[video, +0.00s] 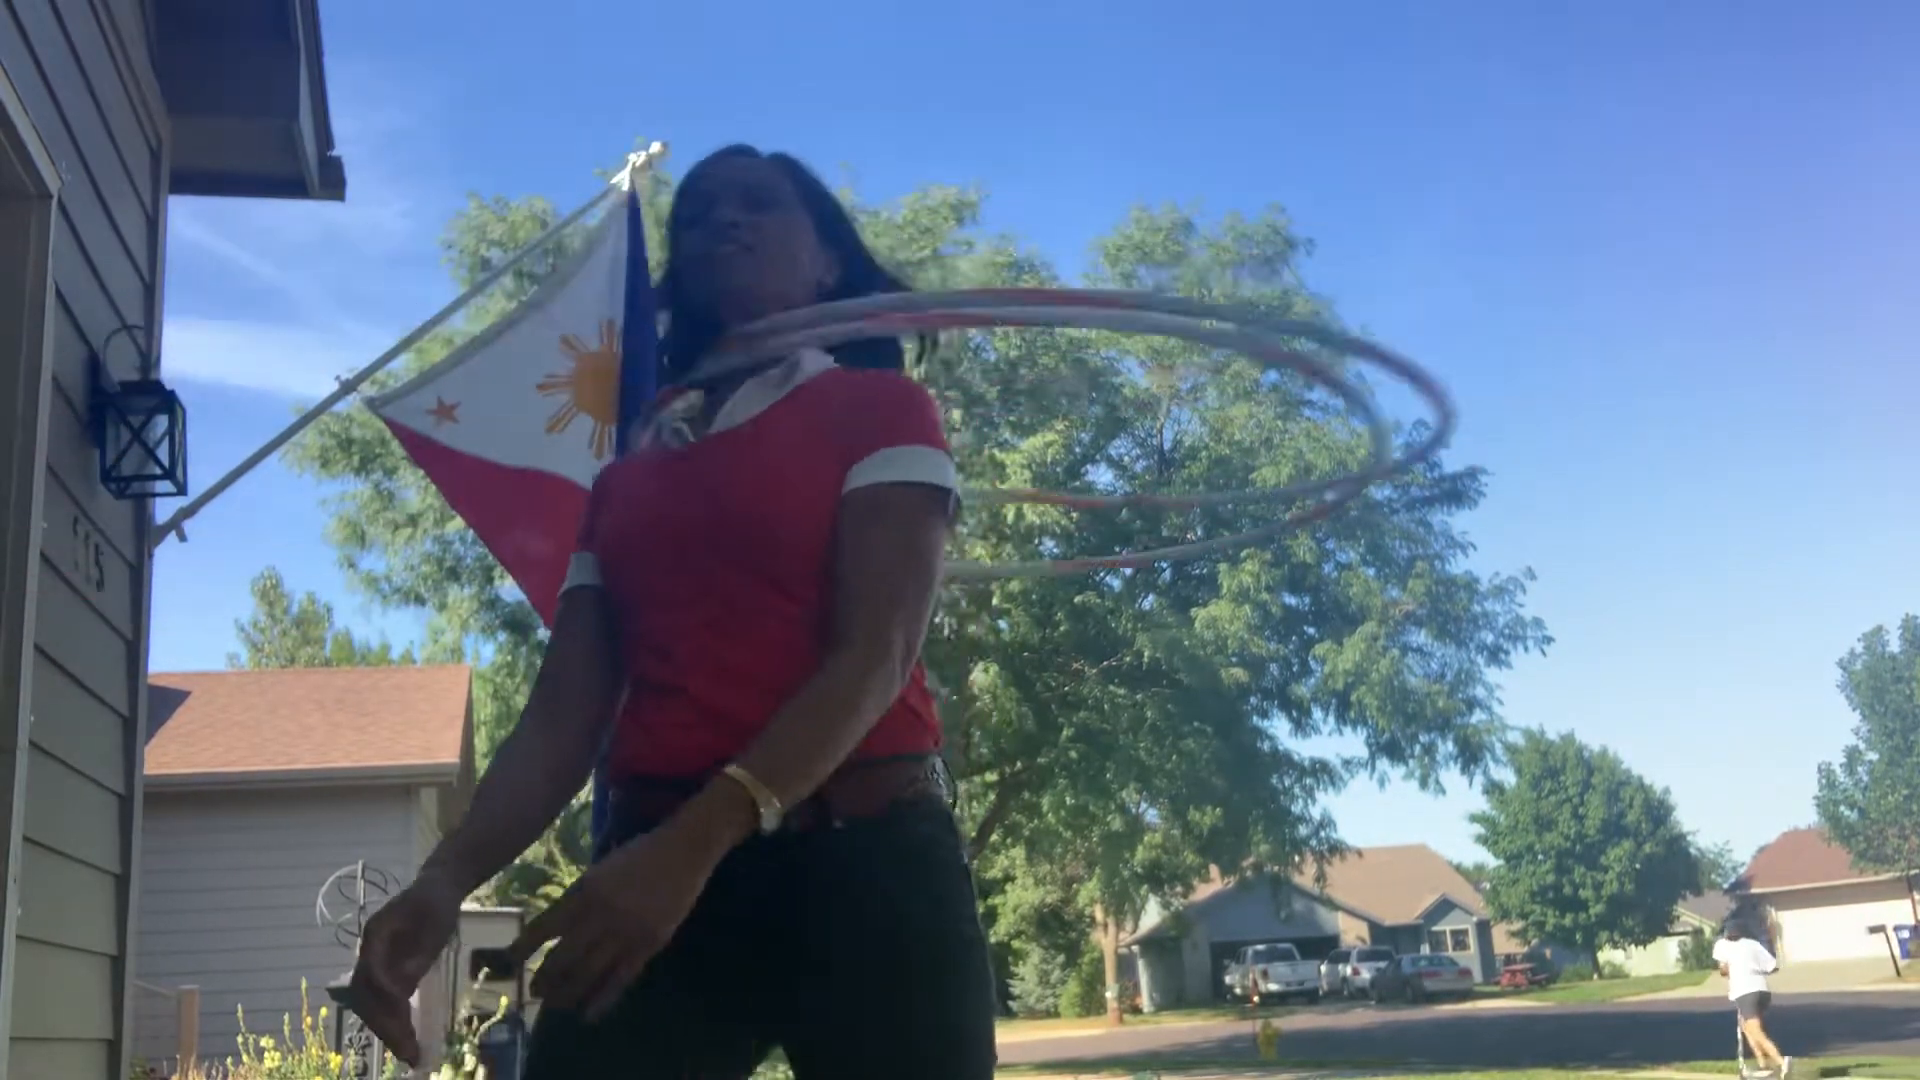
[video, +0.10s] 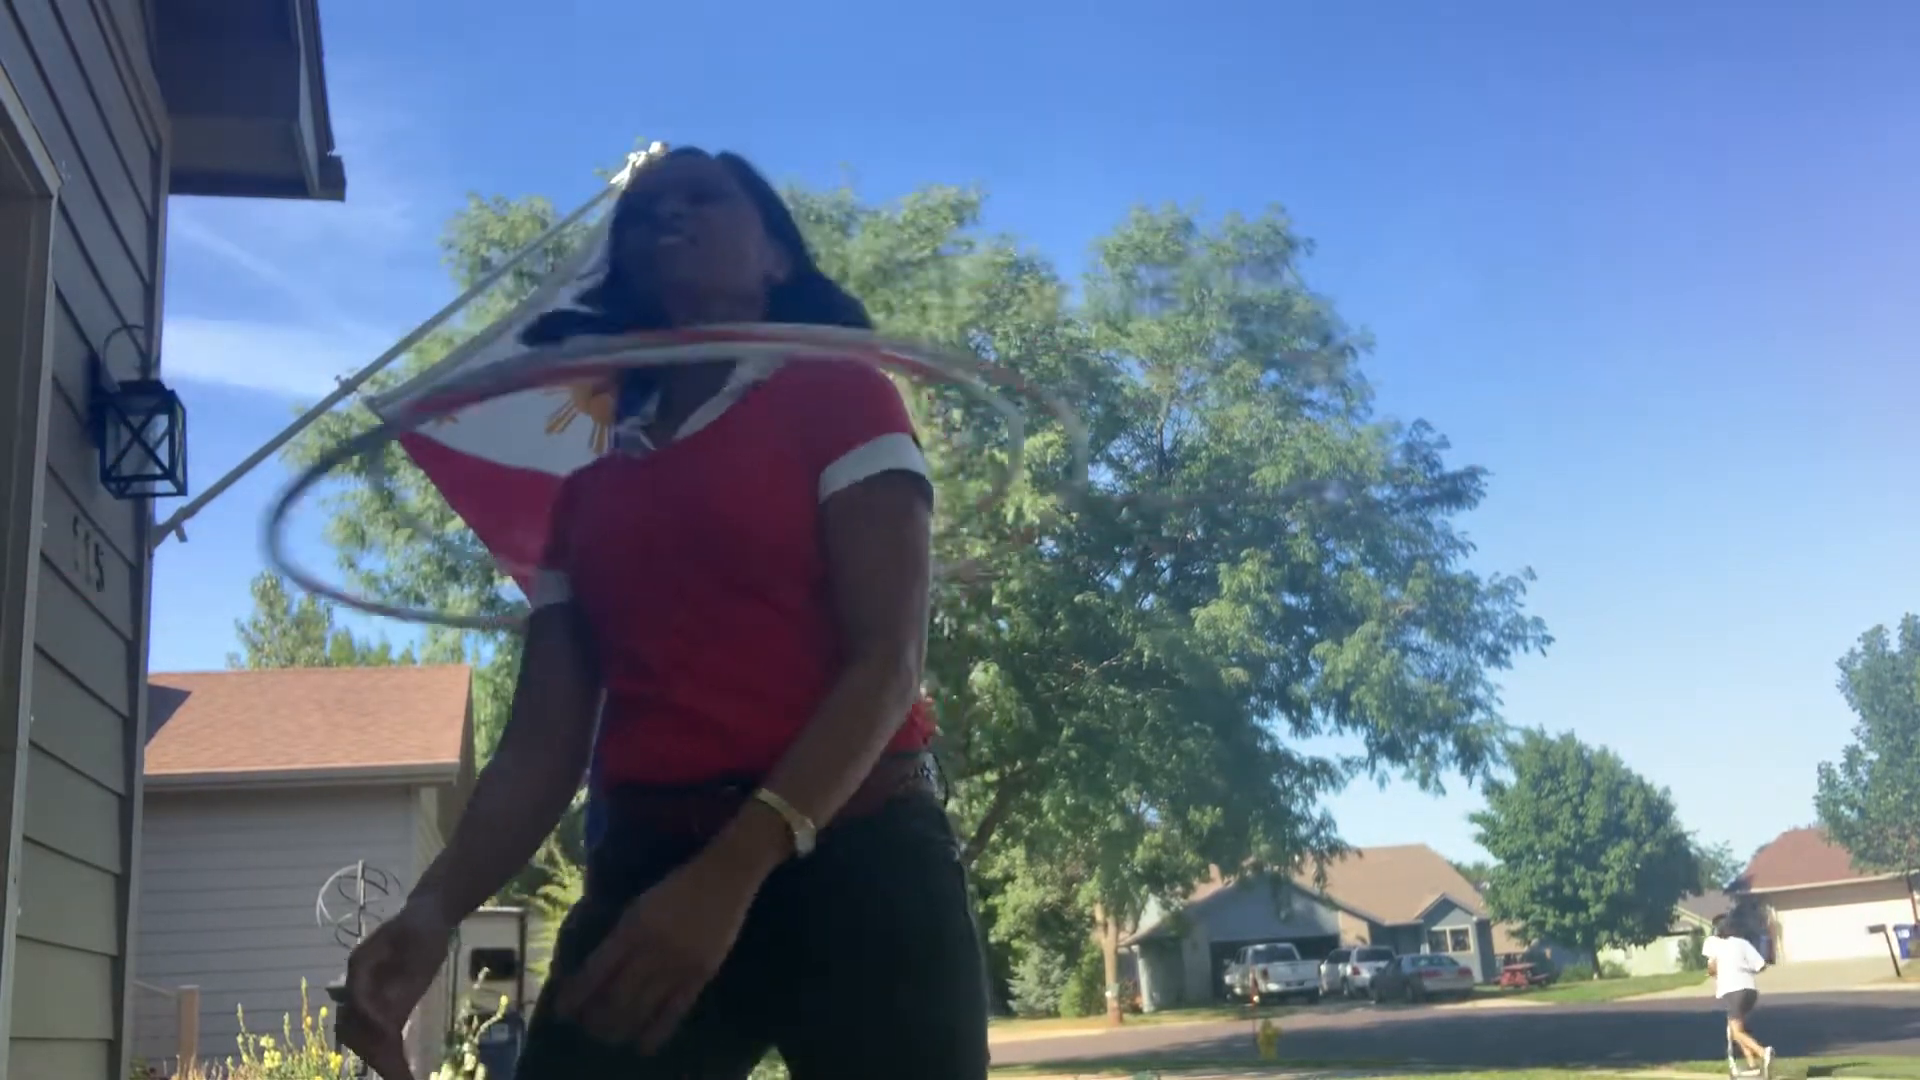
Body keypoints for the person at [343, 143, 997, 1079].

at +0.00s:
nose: (722, 222)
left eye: (759, 204)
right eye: (698, 217)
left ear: (829, 261)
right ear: (673, 280)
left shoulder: (874, 402)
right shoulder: (626, 471)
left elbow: (875, 656)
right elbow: (563, 711)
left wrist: (695, 840)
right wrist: (442, 887)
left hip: (866, 861)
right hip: (653, 877)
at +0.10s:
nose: (666, 215)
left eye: (704, 196)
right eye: (639, 214)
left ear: (776, 257)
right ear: (621, 281)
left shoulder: (831, 384)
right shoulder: (592, 488)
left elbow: (886, 664)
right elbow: (544, 738)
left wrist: (729, 869)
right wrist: (429, 916)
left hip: (857, 861)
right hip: (649, 877)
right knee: (570, 1062)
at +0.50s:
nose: (713, 222)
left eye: (752, 202)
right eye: (697, 223)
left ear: (832, 265)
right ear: (686, 291)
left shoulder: (880, 412)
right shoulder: (638, 480)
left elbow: (877, 662)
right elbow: (566, 706)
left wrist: (664, 819)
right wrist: (430, 891)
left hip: (866, 861)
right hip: (666, 880)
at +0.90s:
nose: (783, 248)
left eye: (821, 233)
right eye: (763, 243)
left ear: (889, 293)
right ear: (744, 302)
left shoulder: (935, 457)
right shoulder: (665, 490)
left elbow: (938, 694)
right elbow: (580, 690)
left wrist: (757, 836)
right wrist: (469, 864)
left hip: (870, 863)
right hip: (663, 870)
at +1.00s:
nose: (777, 243)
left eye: (813, 224)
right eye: (757, 239)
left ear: (891, 280)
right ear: (738, 302)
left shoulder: (927, 441)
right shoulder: (660, 485)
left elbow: (909, 679)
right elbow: (566, 692)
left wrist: (699, 809)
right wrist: (475, 809)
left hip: (877, 867)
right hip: (661, 883)